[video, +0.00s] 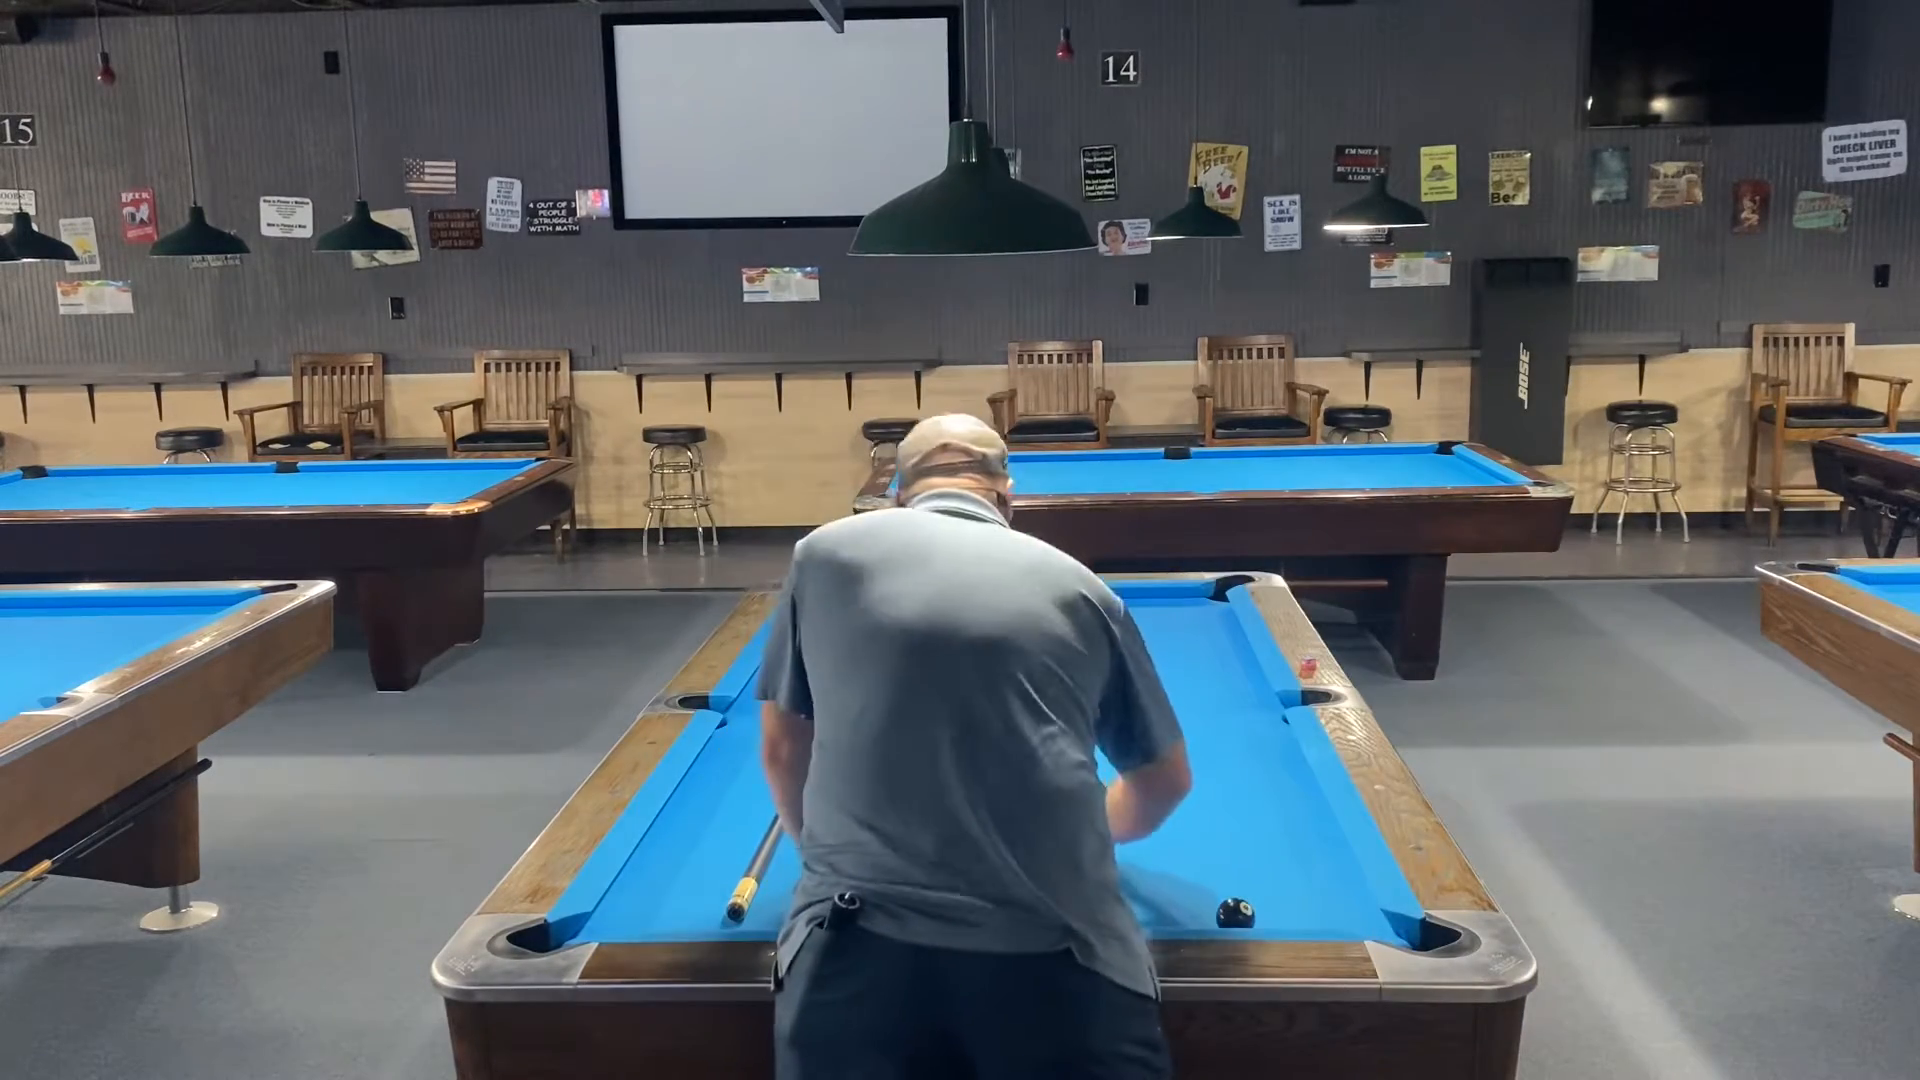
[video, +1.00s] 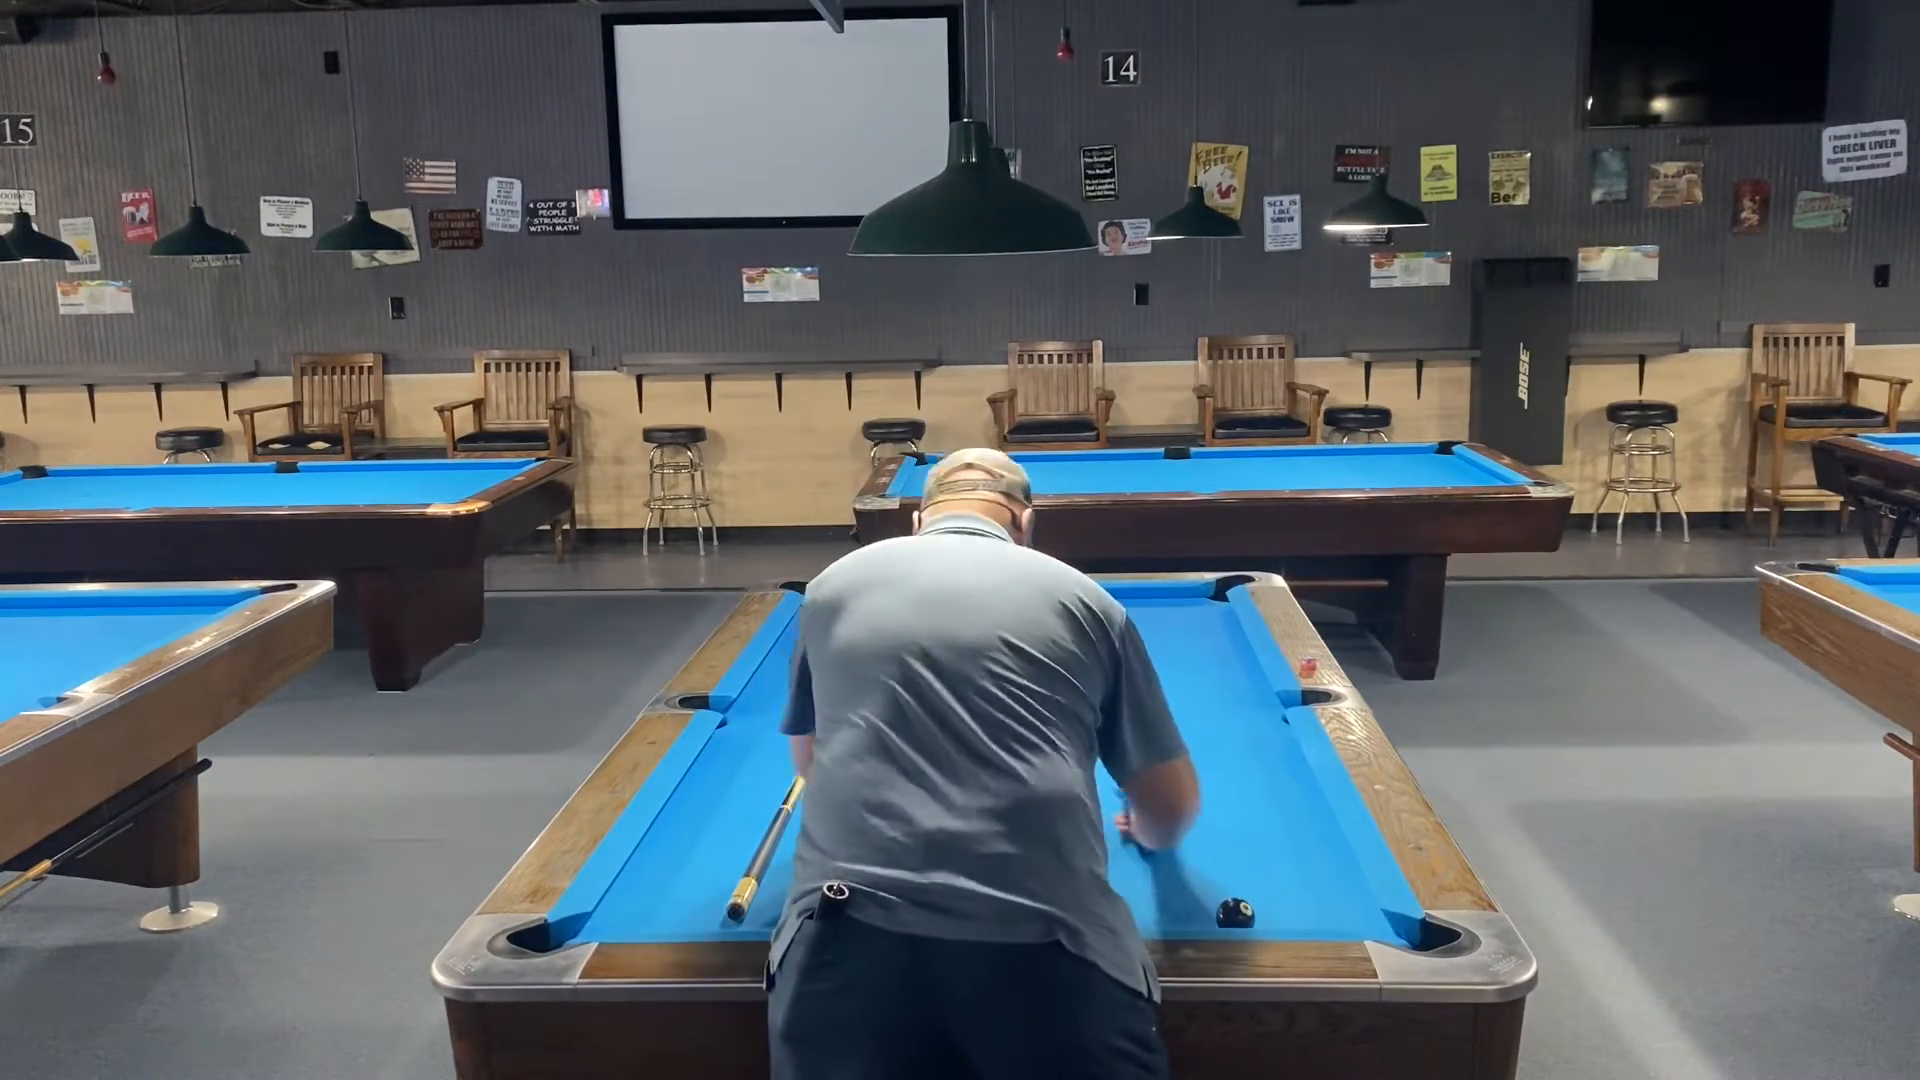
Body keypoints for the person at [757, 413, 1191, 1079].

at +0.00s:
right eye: (1006, 488)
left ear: (895, 497)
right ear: (1007, 495)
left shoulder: (826, 551)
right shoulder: (1080, 587)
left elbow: (783, 746)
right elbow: (1163, 779)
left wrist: (822, 849)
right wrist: (1067, 840)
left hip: (857, 969)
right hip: (1061, 976)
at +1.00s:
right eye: (1029, 519)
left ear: (917, 522)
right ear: (1023, 522)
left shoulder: (835, 583)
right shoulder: (1086, 600)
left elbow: (811, 757)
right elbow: (1171, 801)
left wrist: (877, 804)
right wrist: (1148, 831)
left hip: (847, 958)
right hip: (1048, 965)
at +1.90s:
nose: (1088, 519)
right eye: (1087, 504)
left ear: (970, 481)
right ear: (1073, 496)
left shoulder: (854, 554)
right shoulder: (1117, 582)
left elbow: (790, 757)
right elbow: (1212, 780)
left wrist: (876, 820)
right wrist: (1135, 879)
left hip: (843, 959)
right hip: (1047, 976)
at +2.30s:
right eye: (1050, 489)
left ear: (934, 485)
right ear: (1041, 482)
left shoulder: (836, 571)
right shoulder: (1099, 573)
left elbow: (810, 771)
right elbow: (1180, 786)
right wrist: (1134, 848)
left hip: (843, 965)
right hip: (1048, 973)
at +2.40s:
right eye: (1048, 493)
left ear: (931, 490)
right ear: (1039, 486)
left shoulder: (836, 573)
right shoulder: (1097, 578)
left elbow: (813, 768)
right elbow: (1164, 789)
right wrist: (1094, 825)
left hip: (844, 965)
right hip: (1047, 972)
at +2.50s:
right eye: (1047, 493)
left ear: (929, 495)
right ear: (1037, 488)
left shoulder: (836, 575)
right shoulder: (1097, 584)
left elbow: (816, 773)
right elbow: (1143, 790)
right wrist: (1053, 830)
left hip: (845, 962)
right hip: (1049, 968)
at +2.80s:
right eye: (1034, 503)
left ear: (921, 507)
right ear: (1029, 505)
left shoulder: (835, 583)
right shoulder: (1095, 596)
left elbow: (812, 781)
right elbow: (1123, 796)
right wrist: (1030, 843)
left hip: (848, 958)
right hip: (1053, 965)